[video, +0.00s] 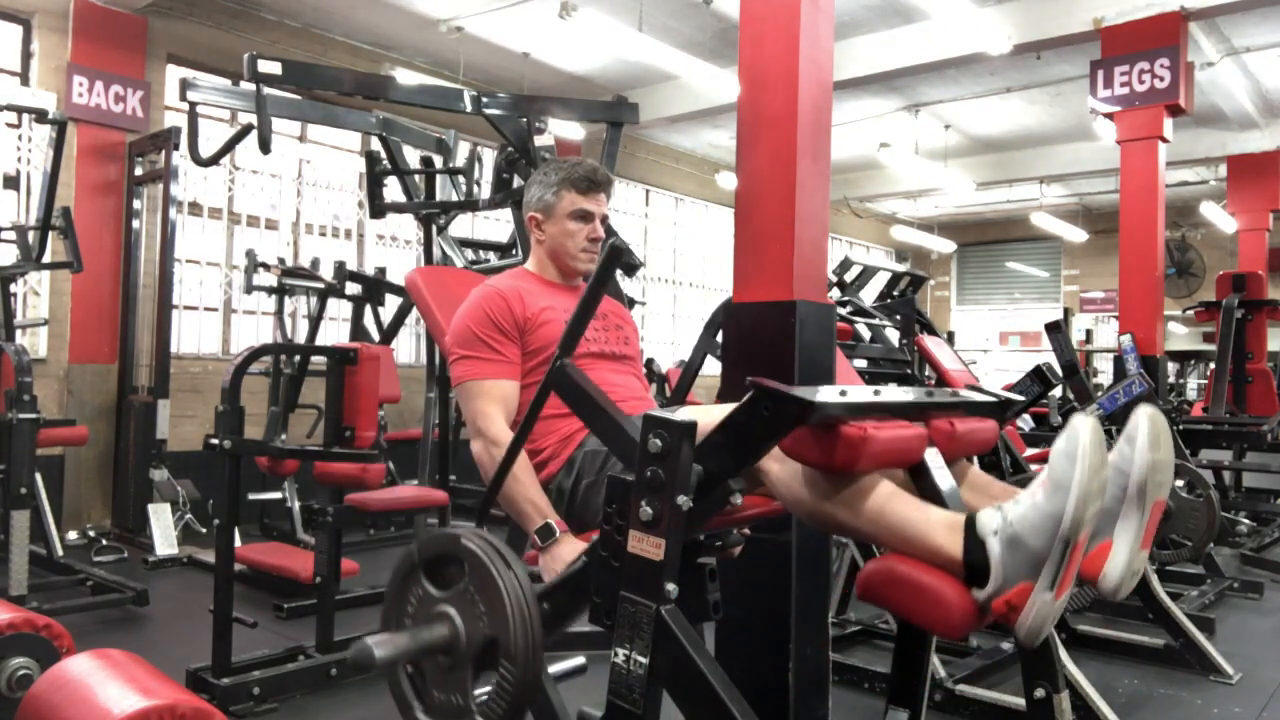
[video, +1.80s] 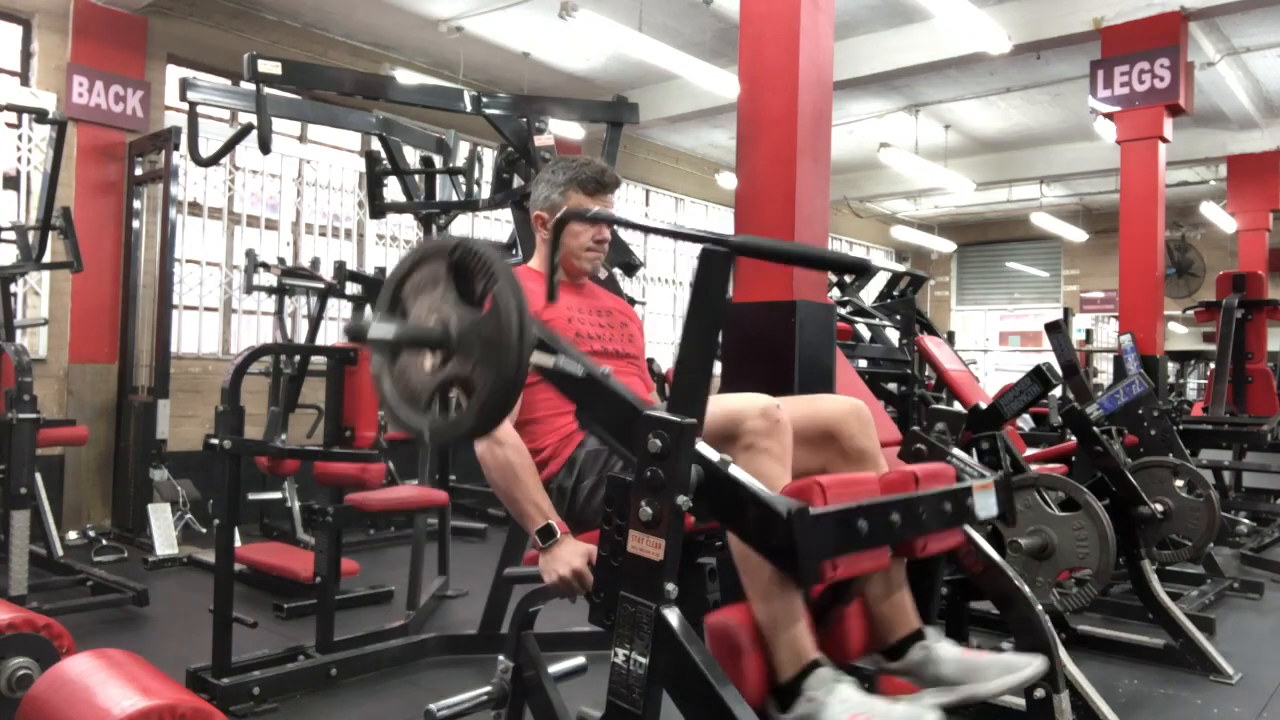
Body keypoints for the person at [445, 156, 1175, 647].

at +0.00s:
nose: (596, 235)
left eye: (601, 223)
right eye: (580, 221)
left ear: (600, 228)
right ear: (534, 222)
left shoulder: (604, 302)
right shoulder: (493, 304)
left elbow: (637, 400)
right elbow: (490, 438)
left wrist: (720, 412)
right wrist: (552, 533)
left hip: (657, 444)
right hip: (581, 467)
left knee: (853, 450)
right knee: (772, 442)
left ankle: (1074, 531)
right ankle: (974, 551)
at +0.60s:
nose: (594, 233)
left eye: (599, 221)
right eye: (580, 218)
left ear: (598, 226)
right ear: (534, 218)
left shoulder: (610, 304)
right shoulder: (494, 299)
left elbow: (661, 394)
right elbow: (487, 430)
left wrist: (735, 411)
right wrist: (548, 532)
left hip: (660, 440)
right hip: (587, 459)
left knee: (818, 452)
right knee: (775, 456)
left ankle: (1004, 480)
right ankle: (992, 485)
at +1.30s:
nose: (597, 237)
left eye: (603, 223)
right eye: (581, 223)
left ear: (603, 224)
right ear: (536, 222)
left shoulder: (607, 301)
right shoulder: (495, 303)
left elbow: (637, 401)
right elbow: (491, 440)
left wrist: (710, 417)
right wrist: (551, 534)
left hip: (654, 440)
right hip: (578, 463)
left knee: (838, 443)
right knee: (760, 428)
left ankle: (1073, 514)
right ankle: (976, 542)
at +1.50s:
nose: (597, 236)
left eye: (603, 223)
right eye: (582, 222)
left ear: (602, 224)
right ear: (538, 224)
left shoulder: (603, 298)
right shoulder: (499, 299)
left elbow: (642, 391)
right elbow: (490, 430)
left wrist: (709, 412)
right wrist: (551, 534)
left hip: (658, 431)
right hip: (590, 456)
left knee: (846, 409)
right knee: (773, 426)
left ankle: (994, 588)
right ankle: (914, 634)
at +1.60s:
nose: (598, 234)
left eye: (604, 222)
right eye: (583, 219)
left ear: (604, 226)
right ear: (537, 220)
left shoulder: (616, 299)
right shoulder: (497, 299)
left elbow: (660, 394)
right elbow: (494, 435)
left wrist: (720, 415)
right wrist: (553, 535)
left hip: (661, 431)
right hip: (583, 453)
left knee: (847, 415)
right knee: (761, 427)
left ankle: (977, 626)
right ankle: (878, 664)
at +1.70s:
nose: (601, 232)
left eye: (606, 221)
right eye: (586, 219)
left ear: (606, 227)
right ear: (539, 221)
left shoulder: (615, 305)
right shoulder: (501, 296)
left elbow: (648, 403)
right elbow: (489, 426)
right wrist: (552, 537)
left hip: (657, 443)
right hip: (584, 463)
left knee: (848, 419)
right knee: (760, 423)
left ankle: (934, 638)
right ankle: (837, 678)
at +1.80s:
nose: (603, 234)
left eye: (607, 223)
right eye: (589, 221)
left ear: (609, 230)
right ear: (543, 224)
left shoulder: (618, 304)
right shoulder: (511, 290)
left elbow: (655, 400)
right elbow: (490, 432)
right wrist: (551, 537)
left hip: (656, 447)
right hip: (585, 467)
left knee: (848, 418)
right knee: (759, 420)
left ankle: (904, 645)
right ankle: (799, 677)